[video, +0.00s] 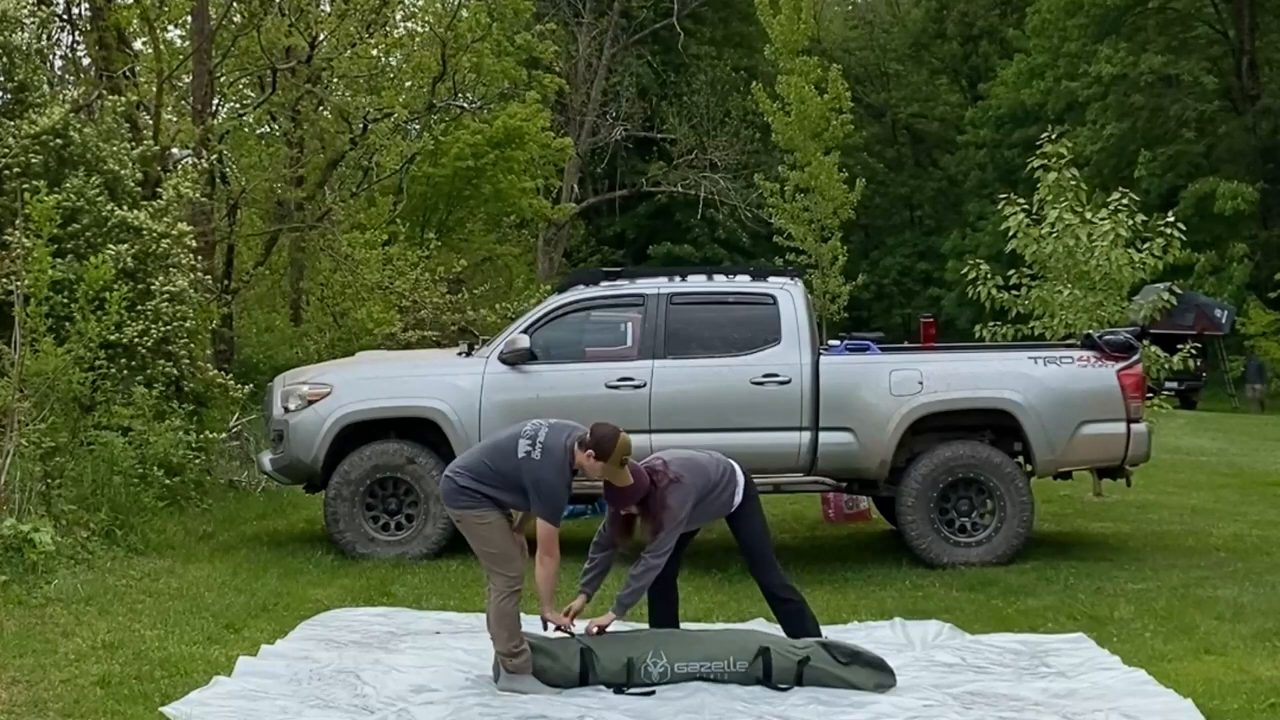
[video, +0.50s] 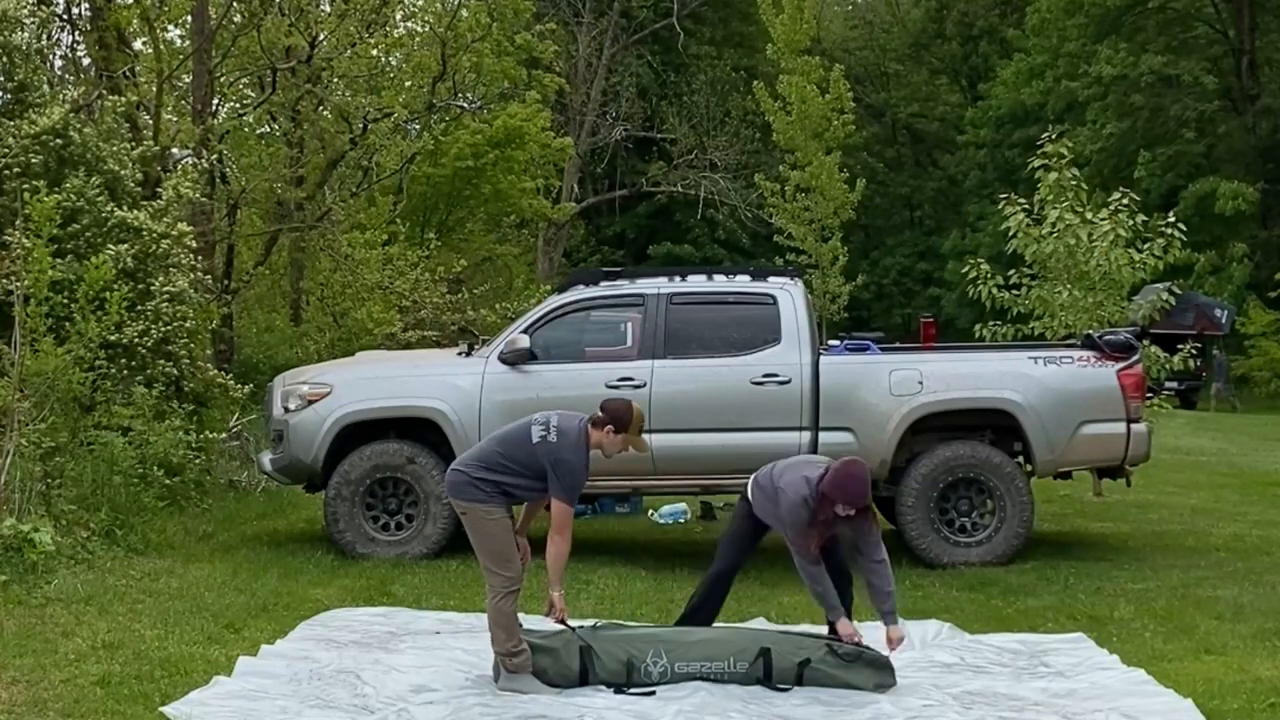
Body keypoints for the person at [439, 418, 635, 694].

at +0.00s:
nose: (606, 475)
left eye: (610, 469)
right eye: (605, 469)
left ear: (591, 448)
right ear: (589, 455)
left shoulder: (577, 435)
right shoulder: (551, 477)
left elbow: (538, 490)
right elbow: (546, 553)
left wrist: (518, 527)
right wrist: (548, 609)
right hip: (467, 492)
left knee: (508, 570)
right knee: (509, 574)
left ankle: (505, 663)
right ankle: (514, 671)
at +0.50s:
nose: (626, 447)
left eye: (629, 441)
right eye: (625, 439)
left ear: (605, 426)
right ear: (607, 431)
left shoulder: (576, 427)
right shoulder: (569, 459)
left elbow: (543, 487)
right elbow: (558, 536)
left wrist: (521, 530)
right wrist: (556, 590)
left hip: (482, 483)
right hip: (475, 487)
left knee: (508, 573)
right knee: (505, 578)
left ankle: (506, 664)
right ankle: (514, 671)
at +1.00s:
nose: (627, 443)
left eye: (629, 437)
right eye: (626, 436)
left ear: (605, 423)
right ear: (609, 426)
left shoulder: (573, 427)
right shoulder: (574, 455)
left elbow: (543, 488)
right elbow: (563, 535)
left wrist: (521, 532)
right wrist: (561, 590)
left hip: (480, 482)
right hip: (477, 488)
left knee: (508, 574)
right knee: (505, 579)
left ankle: (507, 664)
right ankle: (514, 671)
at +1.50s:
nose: (624, 441)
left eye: (626, 435)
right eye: (623, 433)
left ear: (602, 420)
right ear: (606, 423)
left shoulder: (569, 427)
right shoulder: (570, 453)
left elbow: (541, 490)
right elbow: (564, 534)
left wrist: (519, 533)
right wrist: (565, 589)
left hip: (480, 486)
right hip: (475, 490)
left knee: (508, 573)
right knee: (502, 579)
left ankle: (506, 663)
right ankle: (513, 671)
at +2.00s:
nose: (622, 442)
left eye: (625, 435)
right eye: (622, 433)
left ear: (601, 421)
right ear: (604, 423)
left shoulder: (566, 431)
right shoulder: (569, 450)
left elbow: (542, 500)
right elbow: (554, 525)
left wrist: (529, 547)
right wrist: (553, 590)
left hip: (476, 486)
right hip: (472, 489)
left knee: (511, 571)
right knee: (506, 576)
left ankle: (498, 661)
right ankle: (513, 670)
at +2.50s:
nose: (518, 416)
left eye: (522, 410)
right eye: (520, 407)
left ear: (495, 394)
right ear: (503, 395)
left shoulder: (450, 407)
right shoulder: (474, 420)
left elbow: (442, 487)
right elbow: (479, 500)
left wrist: (457, 543)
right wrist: (499, 558)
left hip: (370, 484)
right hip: (399, 484)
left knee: (410, 569)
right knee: (460, 552)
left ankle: (398, 665)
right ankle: (469, 649)